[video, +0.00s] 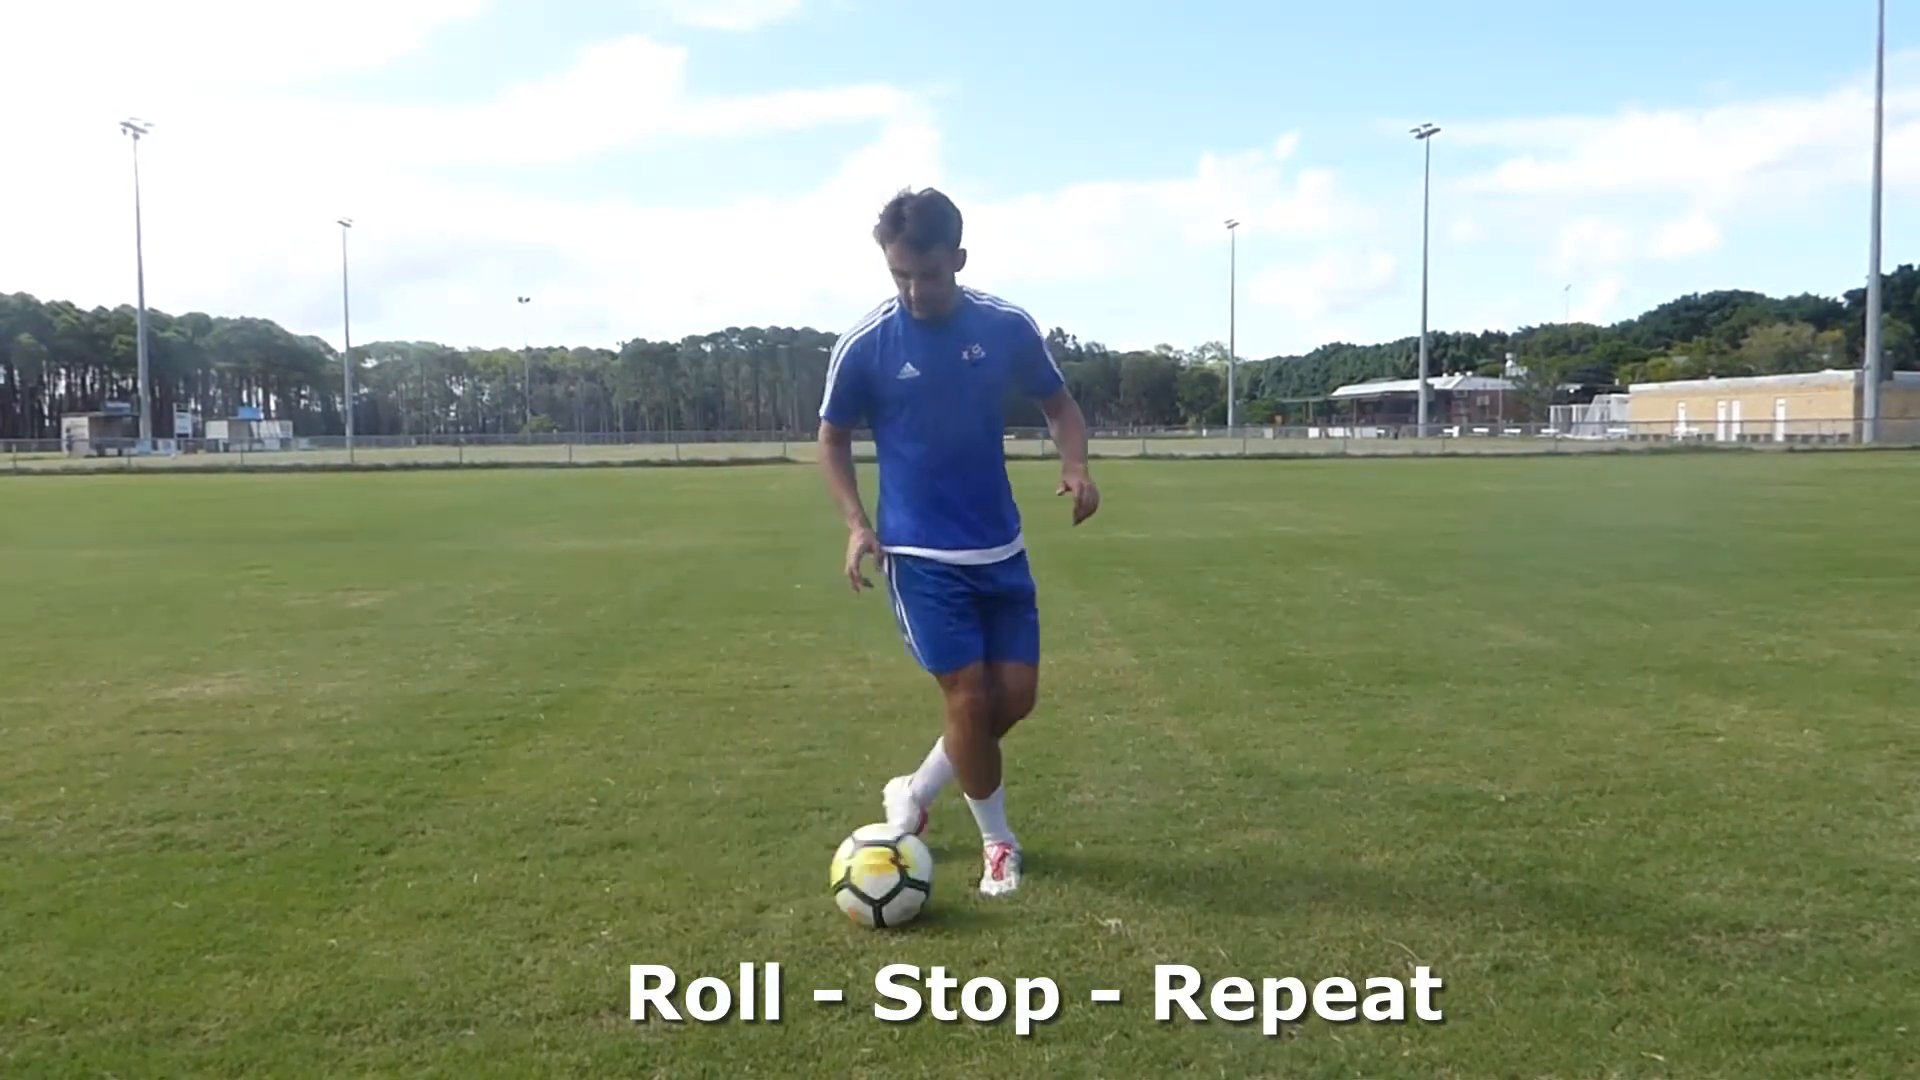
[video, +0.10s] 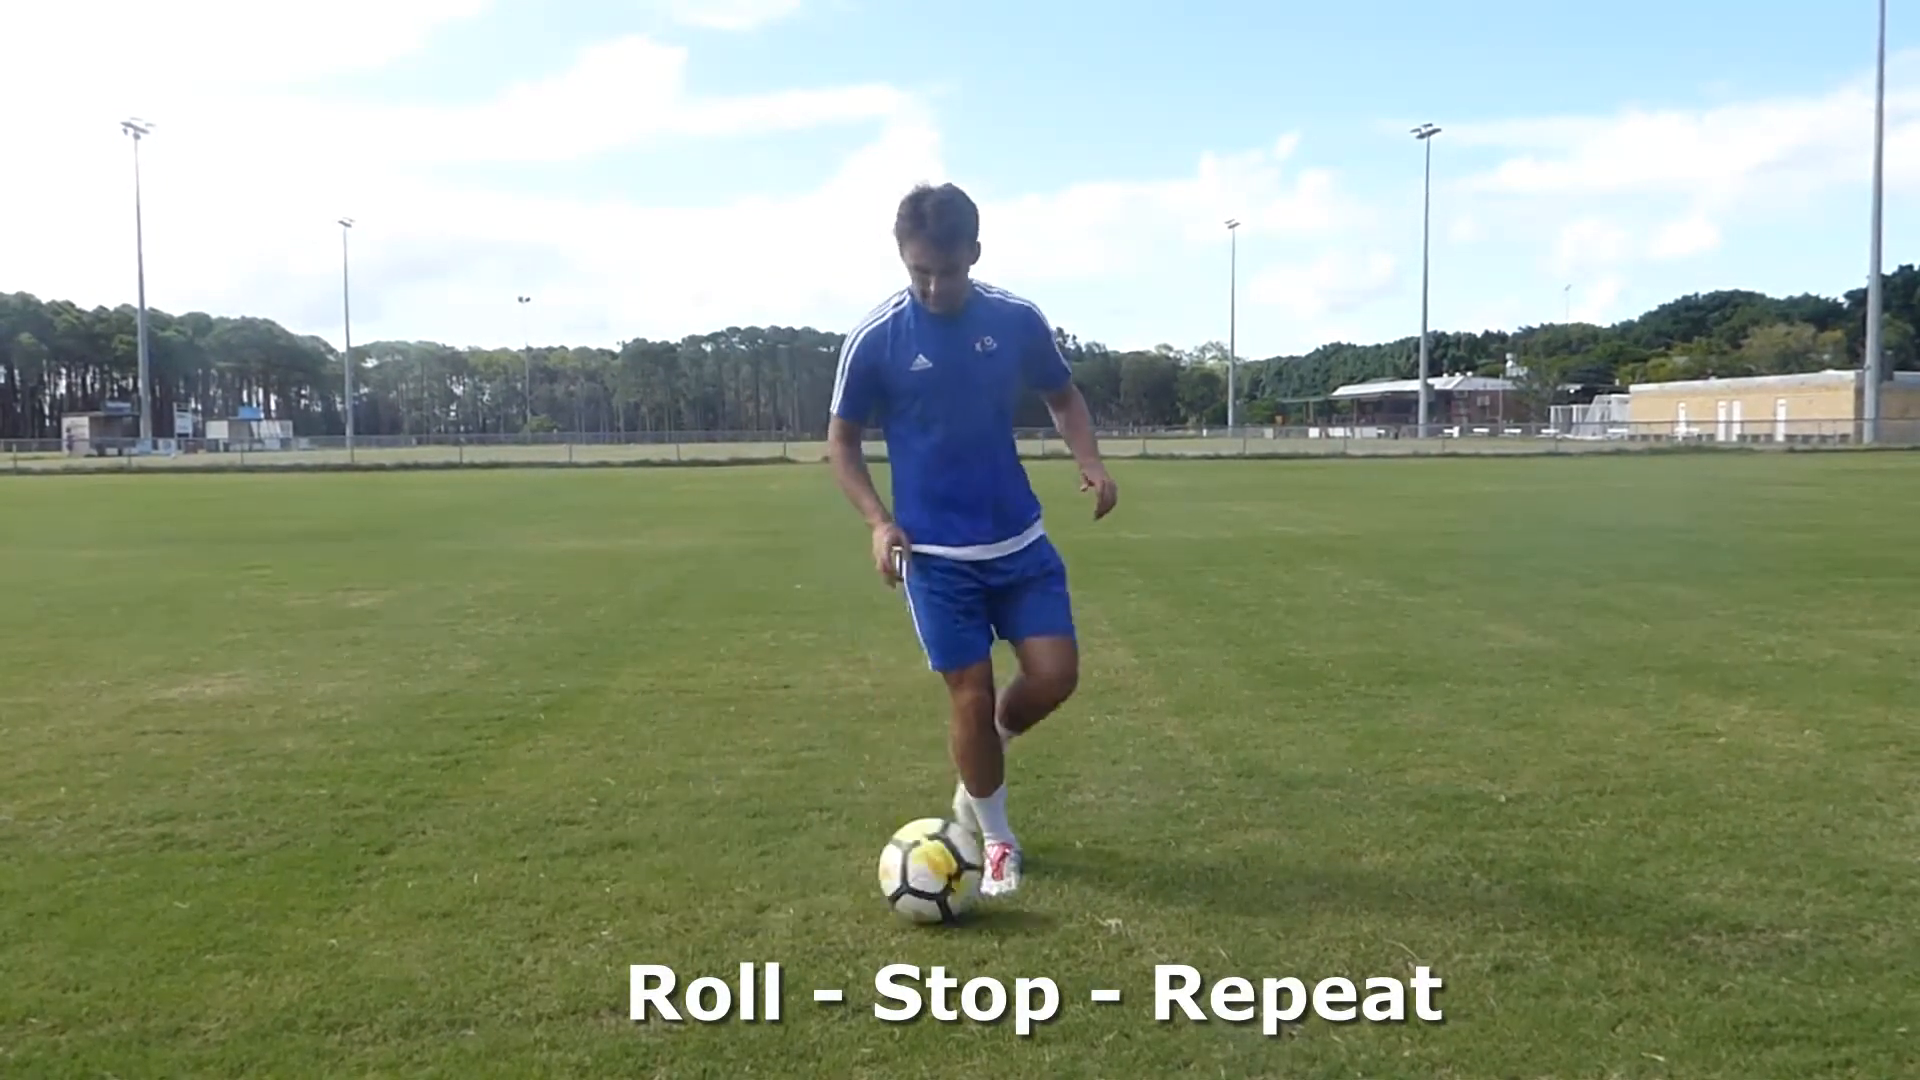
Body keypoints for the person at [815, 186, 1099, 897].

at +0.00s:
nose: (915, 290)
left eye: (929, 274)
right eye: (901, 275)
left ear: (958, 258)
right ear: (886, 263)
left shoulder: (1009, 327)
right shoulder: (862, 349)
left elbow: (1059, 404)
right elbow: (833, 439)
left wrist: (1074, 462)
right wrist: (857, 524)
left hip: (1000, 545)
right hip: (918, 552)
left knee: (1014, 696)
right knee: (968, 695)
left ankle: (913, 793)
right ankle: (999, 844)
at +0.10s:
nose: (933, 286)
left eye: (948, 271)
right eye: (919, 271)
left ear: (974, 254)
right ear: (900, 256)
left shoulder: (1020, 321)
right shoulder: (874, 343)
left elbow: (1064, 399)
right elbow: (841, 444)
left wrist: (1090, 461)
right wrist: (879, 522)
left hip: (1020, 540)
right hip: (934, 554)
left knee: (1054, 675)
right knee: (974, 699)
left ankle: (976, 758)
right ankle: (998, 845)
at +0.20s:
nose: (947, 277)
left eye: (960, 262)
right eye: (932, 262)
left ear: (982, 247)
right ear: (910, 248)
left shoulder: (1025, 314)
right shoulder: (880, 336)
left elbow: (1064, 391)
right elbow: (848, 438)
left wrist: (1095, 461)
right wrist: (894, 507)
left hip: (1031, 532)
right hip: (944, 551)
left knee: (1079, 655)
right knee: (976, 698)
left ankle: (1049, 745)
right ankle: (998, 847)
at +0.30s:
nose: (954, 275)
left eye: (966, 258)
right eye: (939, 261)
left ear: (987, 242)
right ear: (914, 248)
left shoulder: (1028, 311)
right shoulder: (887, 336)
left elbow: (1067, 391)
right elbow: (860, 444)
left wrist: (1096, 459)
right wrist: (909, 505)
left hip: (1043, 521)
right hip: (958, 545)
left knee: (1096, 636)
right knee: (983, 696)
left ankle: (1115, 778)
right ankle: (999, 845)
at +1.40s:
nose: (1055, 236)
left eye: (1069, 222)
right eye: (1042, 223)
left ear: (1093, 226)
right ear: (1024, 232)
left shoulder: (1140, 319)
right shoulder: (998, 327)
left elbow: (1171, 408)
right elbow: (968, 427)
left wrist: (1161, 480)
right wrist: (1014, 472)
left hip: (1108, 540)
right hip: (1025, 540)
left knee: (1096, 683)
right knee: (1021, 685)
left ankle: (1091, 831)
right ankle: (1004, 844)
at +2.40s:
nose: (953, 268)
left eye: (965, 251)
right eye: (938, 254)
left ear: (991, 237)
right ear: (921, 247)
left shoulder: (1041, 316)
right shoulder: (901, 334)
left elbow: (1081, 403)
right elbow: (880, 420)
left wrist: (1089, 474)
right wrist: (902, 461)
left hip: (1032, 531)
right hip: (941, 538)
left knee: (1074, 673)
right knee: (932, 683)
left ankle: (1091, 821)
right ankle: (932, 831)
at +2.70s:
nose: (874, 272)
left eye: (886, 254)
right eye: (860, 259)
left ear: (912, 239)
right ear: (843, 251)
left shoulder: (966, 315)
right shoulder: (829, 337)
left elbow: (1021, 394)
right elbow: (814, 422)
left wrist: (1038, 474)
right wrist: (839, 471)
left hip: (960, 514)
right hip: (879, 533)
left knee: (979, 625)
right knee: (904, 682)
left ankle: (1031, 799)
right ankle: (929, 832)